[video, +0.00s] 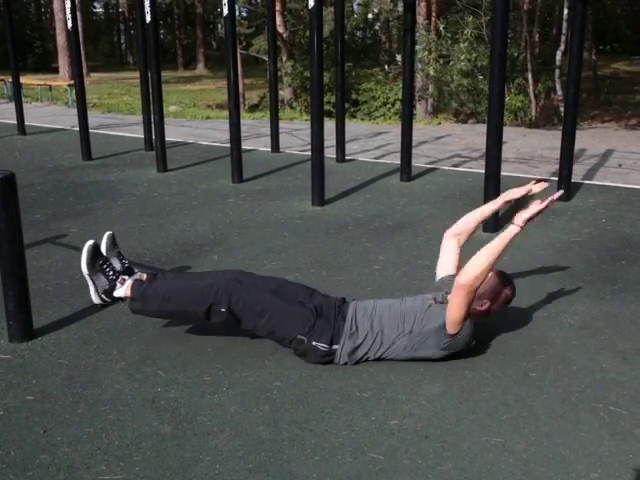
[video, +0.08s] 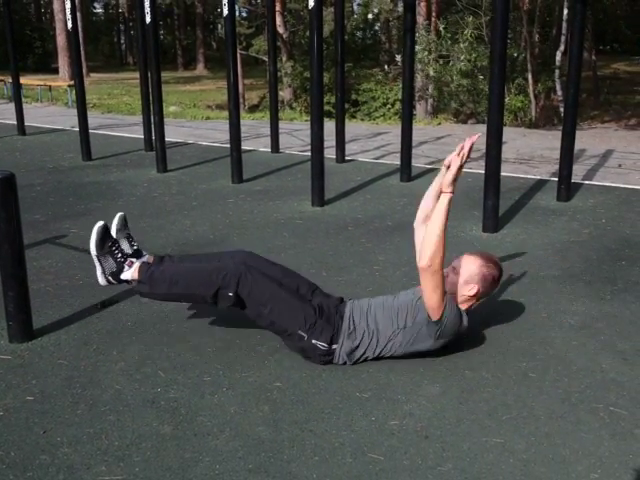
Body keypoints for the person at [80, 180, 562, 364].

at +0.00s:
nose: (476, 277)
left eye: (485, 280)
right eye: (479, 274)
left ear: (490, 300)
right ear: (475, 288)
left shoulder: (459, 331)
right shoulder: (450, 302)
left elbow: (470, 271)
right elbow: (454, 237)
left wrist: (515, 226)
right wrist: (505, 201)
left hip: (333, 333)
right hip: (333, 311)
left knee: (230, 288)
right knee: (233, 282)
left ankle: (121, 291)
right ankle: (134, 279)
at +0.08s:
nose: (450, 269)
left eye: (459, 270)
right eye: (456, 267)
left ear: (470, 292)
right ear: (464, 285)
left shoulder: (446, 322)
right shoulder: (441, 303)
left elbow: (431, 252)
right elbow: (422, 237)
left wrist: (446, 189)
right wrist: (443, 183)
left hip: (330, 335)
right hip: (335, 313)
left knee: (238, 268)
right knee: (240, 261)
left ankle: (128, 274)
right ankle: (142, 264)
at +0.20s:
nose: (415, 246)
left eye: (426, 244)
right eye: (422, 240)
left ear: (445, 262)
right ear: (438, 257)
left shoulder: (424, 296)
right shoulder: (425, 282)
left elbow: (374, 240)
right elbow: (386, 215)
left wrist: (354, 172)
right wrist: (367, 157)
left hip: (327, 335)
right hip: (332, 314)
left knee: (260, 248)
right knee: (264, 242)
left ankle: (145, 235)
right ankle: (163, 229)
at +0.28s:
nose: (387, 237)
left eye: (396, 235)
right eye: (392, 231)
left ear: (420, 250)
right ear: (419, 247)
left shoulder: (408, 280)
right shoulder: (409, 265)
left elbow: (347, 236)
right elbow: (361, 206)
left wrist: (309, 173)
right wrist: (324, 154)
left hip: (326, 339)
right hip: (332, 318)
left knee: (277, 242)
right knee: (282, 230)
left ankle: (167, 210)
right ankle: (180, 204)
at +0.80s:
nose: (404, 250)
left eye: (413, 246)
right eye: (408, 243)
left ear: (432, 264)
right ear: (420, 258)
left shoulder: (424, 307)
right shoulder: (412, 284)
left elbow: (395, 272)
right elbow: (387, 230)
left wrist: (389, 188)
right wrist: (378, 176)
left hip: (312, 339)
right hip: (317, 312)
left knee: (244, 271)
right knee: (250, 251)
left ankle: (125, 277)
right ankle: (141, 251)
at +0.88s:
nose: (421, 255)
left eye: (430, 253)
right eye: (425, 249)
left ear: (441, 273)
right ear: (435, 268)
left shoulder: (429, 322)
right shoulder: (421, 292)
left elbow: (435, 273)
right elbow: (415, 233)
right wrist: (427, 183)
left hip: (313, 341)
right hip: (319, 312)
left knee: (224, 288)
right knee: (234, 266)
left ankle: (111, 300)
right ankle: (124, 275)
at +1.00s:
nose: (441, 280)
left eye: (450, 281)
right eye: (445, 274)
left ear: (462, 299)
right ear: (444, 281)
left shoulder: (441, 336)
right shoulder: (428, 305)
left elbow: (474, 309)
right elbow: (447, 249)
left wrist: (505, 267)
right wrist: (497, 220)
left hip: (317, 337)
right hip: (316, 315)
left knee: (214, 303)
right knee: (216, 295)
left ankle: (109, 324)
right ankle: (120, 307)